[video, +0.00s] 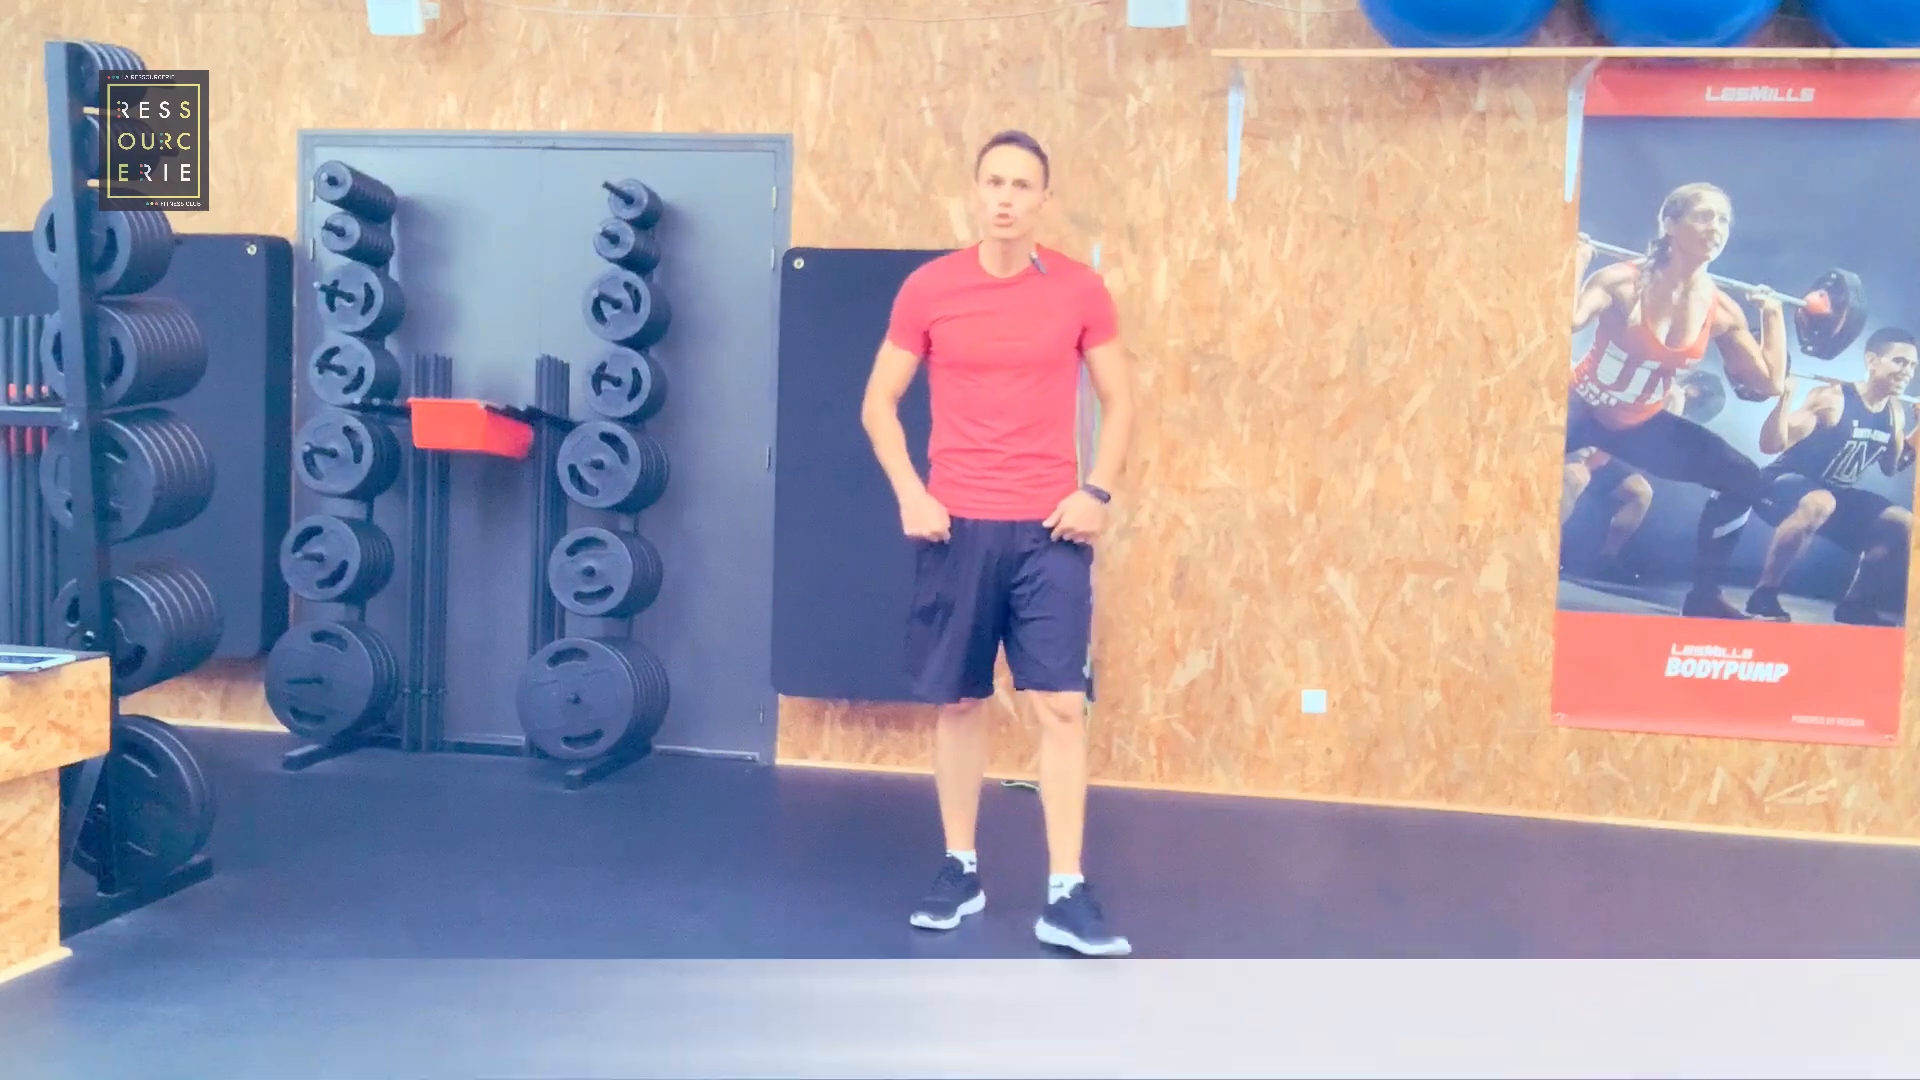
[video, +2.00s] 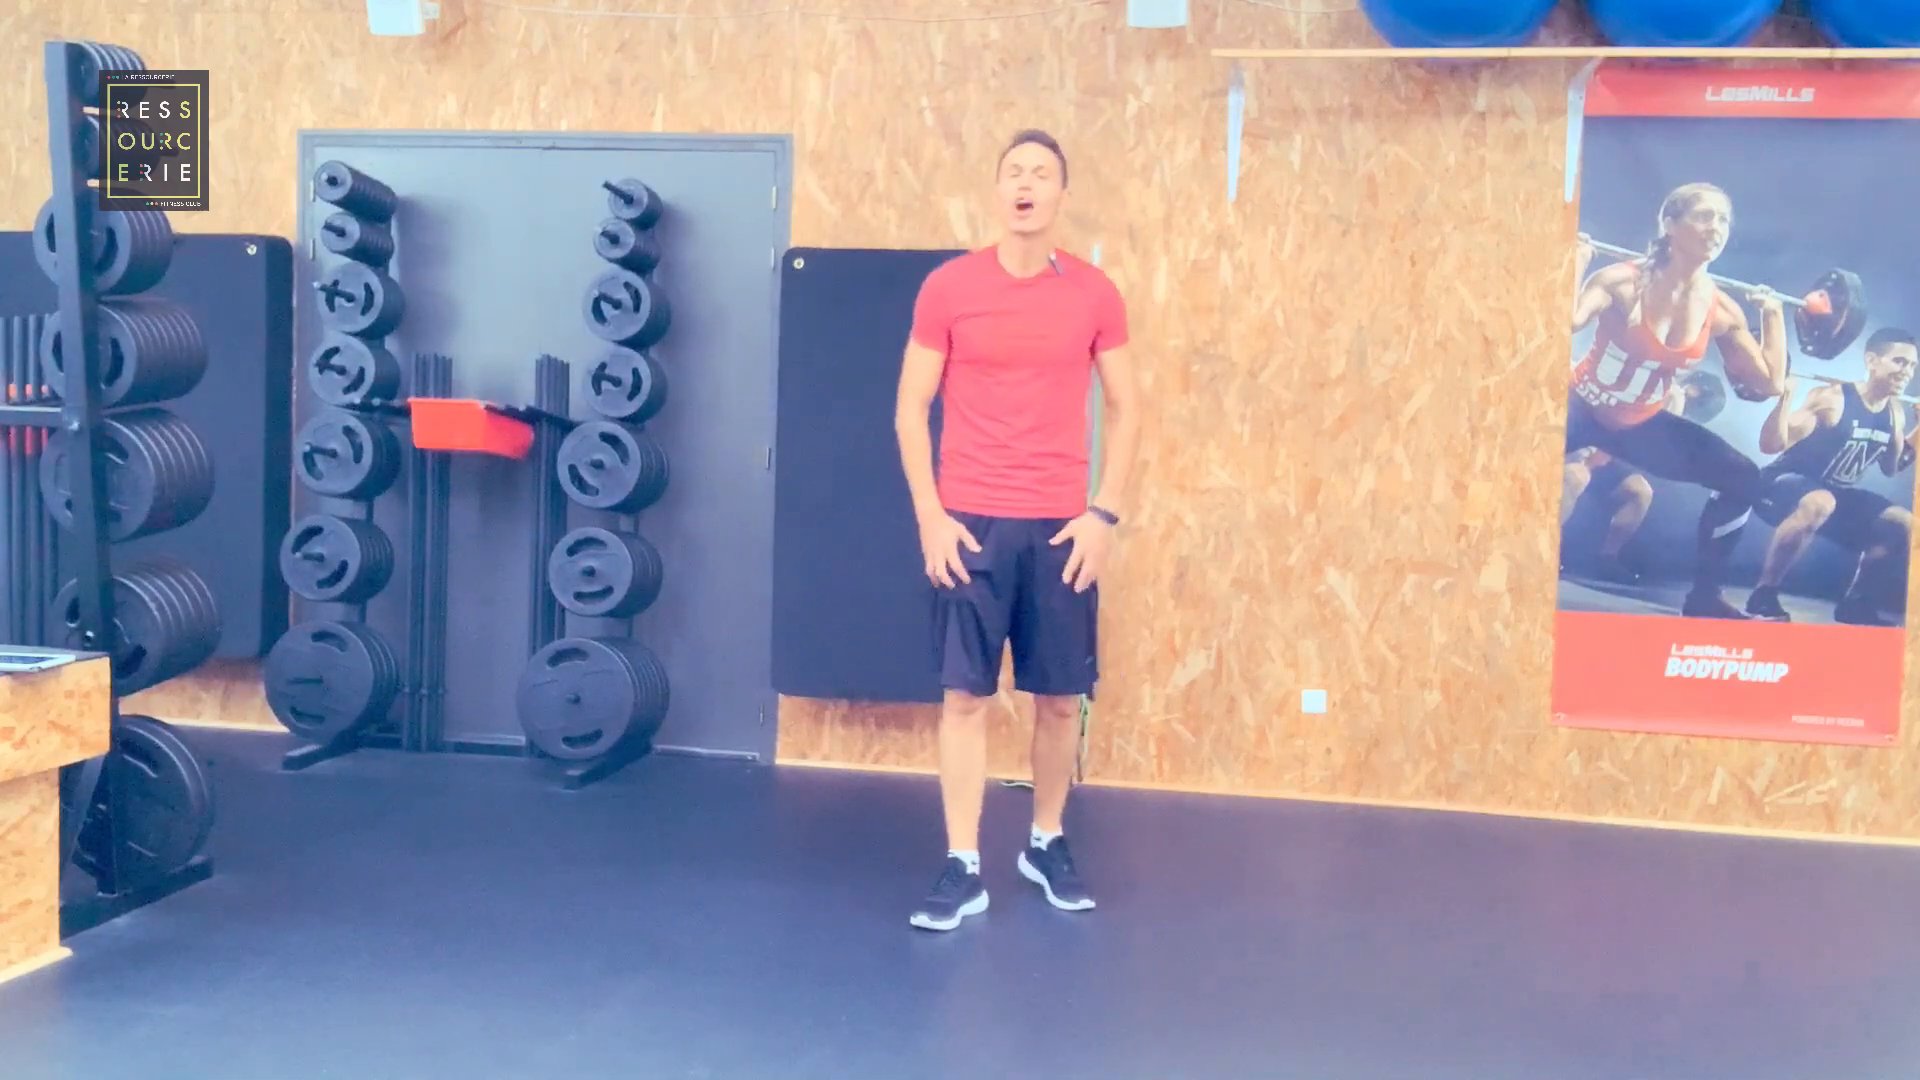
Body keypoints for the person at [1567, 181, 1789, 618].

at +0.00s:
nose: (1716, 228)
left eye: (1724, 220)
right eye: (1704, 216)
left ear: (1729, 233)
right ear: (1670, 224)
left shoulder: (1721, 310)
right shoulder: (1620, 279)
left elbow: (1769, 385)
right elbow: (1558, 326)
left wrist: (1773, 312)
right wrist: (1572, 268)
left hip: (1645, 425)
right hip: (1579, 409)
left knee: (1742, 478)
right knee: (1510, 452)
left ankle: (1705, 597)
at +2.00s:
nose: (1717, 228)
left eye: (1724, 220)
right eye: (1705, 216)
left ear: (1728, 233)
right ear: (1670, 224)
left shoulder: (1722, 311)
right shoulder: (1620, 279)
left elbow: (1769, 386)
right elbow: (1558, 325)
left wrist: (1773, 313)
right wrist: (1572, 269)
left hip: (1645, 425)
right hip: (1579, 410)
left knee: (1742, 477)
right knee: (1514, 450)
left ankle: (1705, 597)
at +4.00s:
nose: (1716, 228)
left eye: (1724, 220)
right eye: (1704, 216)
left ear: (1728, 232)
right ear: (1670, 224)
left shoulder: (1722, 311)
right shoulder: (1620, 279)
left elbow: (1769, 386)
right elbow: (1559, 325)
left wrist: (1773, 313)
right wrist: (1572, 268)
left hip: (1644, 425)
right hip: (1579, 410)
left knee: (1742, 478)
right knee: (1510, 453)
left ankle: (1705, 598)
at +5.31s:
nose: (1716, 228)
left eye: (1724, 220)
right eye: (1704, 216)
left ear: (1728, 233)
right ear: (1671, 224)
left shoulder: (1722, 311)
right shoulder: (1621, 280)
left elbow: (1768, 385)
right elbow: (1558, 326)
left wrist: (1773, 313)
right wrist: (1573, 269)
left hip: (1645, 424)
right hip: (1579, 409)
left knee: (1741, 477)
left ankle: (1705, 596)